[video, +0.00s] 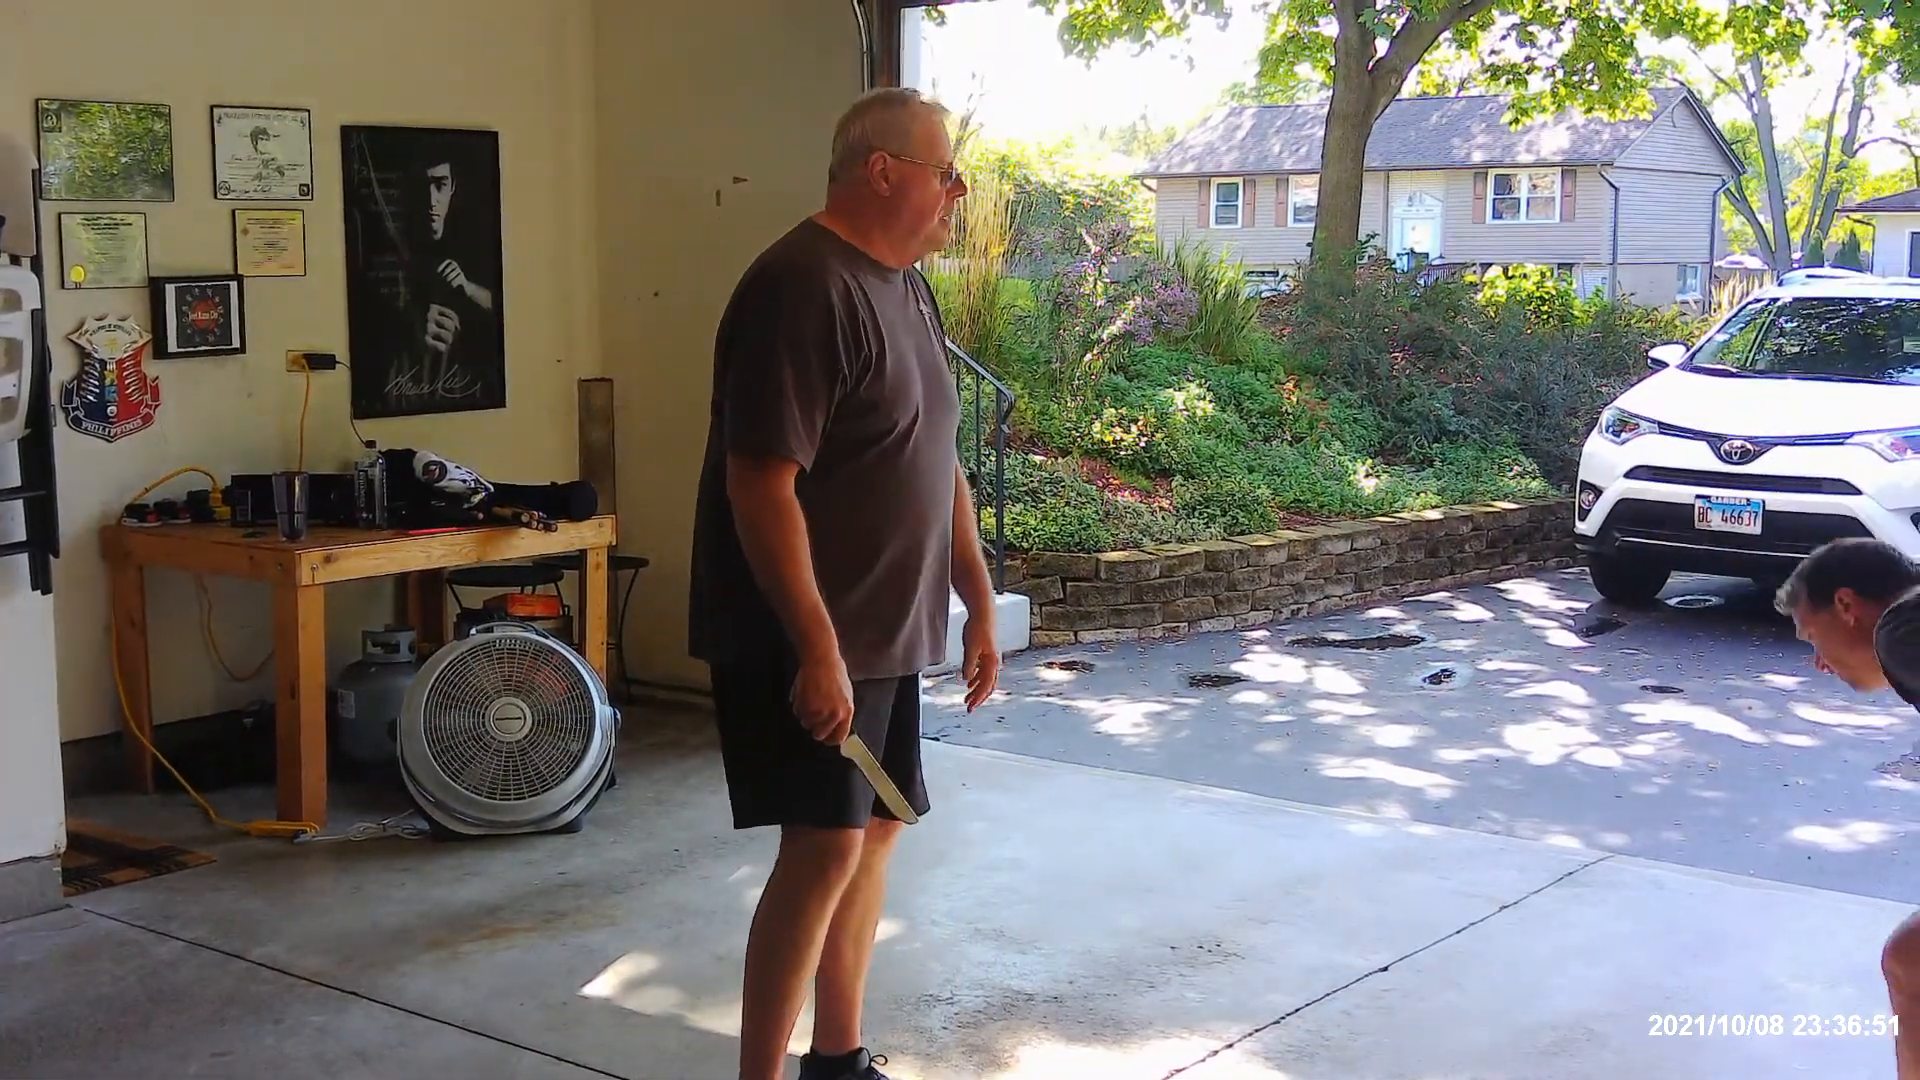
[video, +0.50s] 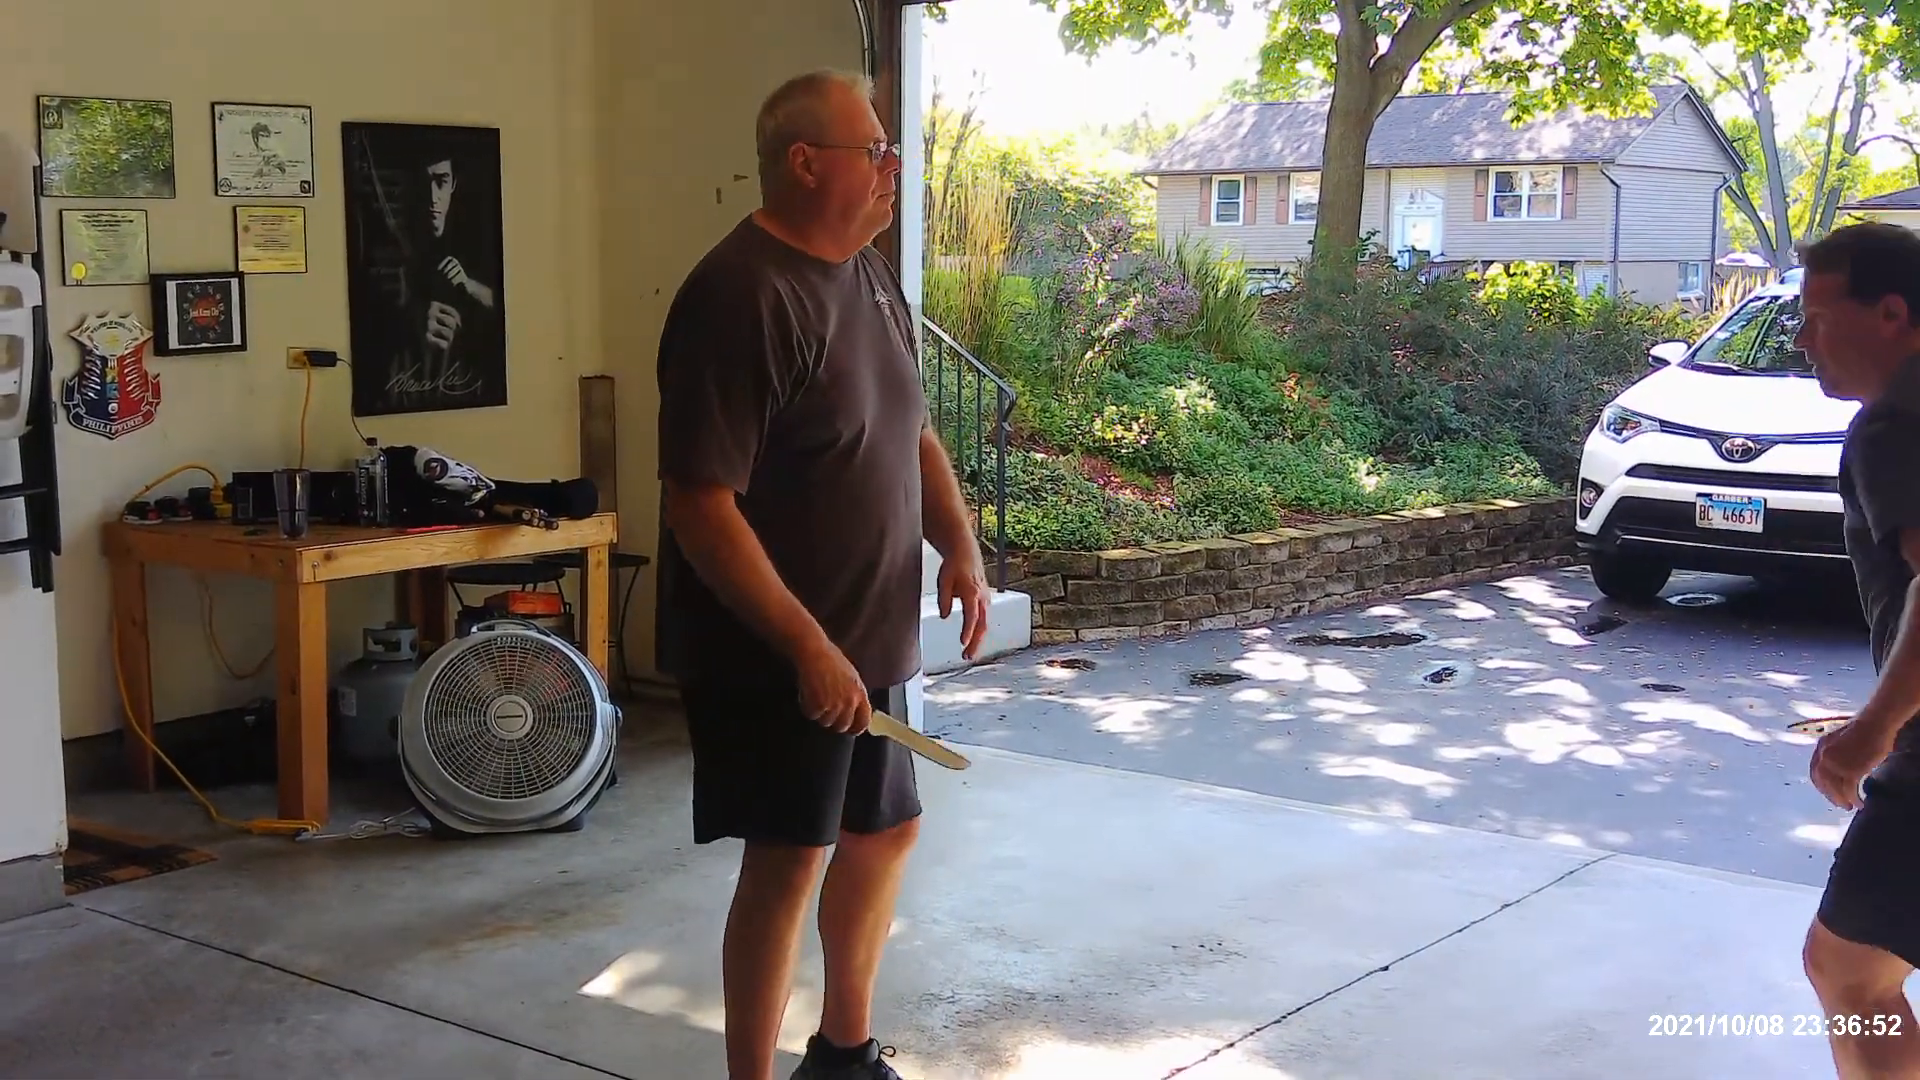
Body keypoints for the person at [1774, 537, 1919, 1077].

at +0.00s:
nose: (1819, 664)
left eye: (1813, 640)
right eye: (1809, 648)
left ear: (1847, 607)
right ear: (1850, 604)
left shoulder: (1901, 635)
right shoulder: (1906, 630)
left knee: (1904, 960)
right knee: (1902, 960)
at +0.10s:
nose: (1790, 592)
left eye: (1788, 570)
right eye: (1783, 575)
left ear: (1833, 542)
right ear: (1837, 540)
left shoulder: (1883, 591)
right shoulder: (1903, 569)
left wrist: (1919, 861)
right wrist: (1919, 856)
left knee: (1876, 969)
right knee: (1879, 966)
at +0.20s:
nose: (1775, 526)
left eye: (1777, 503)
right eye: (1770, 507)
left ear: (1832, 479)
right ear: (1844, 477)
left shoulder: (1865, 547)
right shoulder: (1907, 516)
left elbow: (1900, 687)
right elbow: (1903, 685)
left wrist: (1877, 832)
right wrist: (1884, 835)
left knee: (1850, 977)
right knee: (1863, 979)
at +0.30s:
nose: (1771, 464)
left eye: (1778, 441)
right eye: (1770, 443)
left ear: (1841, 427)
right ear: (1849, 426)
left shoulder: (1862, 515)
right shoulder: (1906, 478)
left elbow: (1877, 663)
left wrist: (1817, 810)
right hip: (1916, 812)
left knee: (1837, 980)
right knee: (1842, 980)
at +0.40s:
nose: (1784, 396)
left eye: (1796, 372)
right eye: (1784, 375)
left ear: (1866, 373)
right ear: (1869, 375)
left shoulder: (1873, 470)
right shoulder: (1899, 448)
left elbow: (1900, 623)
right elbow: (1900, 622)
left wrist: (1836, 771)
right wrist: (1848, 767)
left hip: (1919, 795)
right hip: (1913, 791)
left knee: (1848, 974)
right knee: (1853, 972)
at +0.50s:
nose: (1802, 339)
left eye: (1815, 317)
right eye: (1802, 319)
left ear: (1891, 317)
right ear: (1886, 321)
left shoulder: (1889, 433)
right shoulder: (1891, 426)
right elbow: (1919, 605)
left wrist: (1870, 734)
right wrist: (1880, 719)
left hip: (1912, 762)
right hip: (1908, 755)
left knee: (1849, 964)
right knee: (1851, 961)